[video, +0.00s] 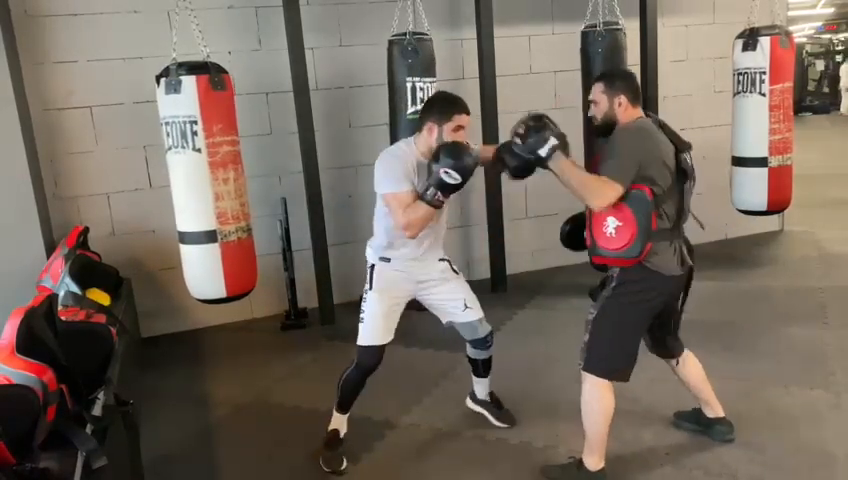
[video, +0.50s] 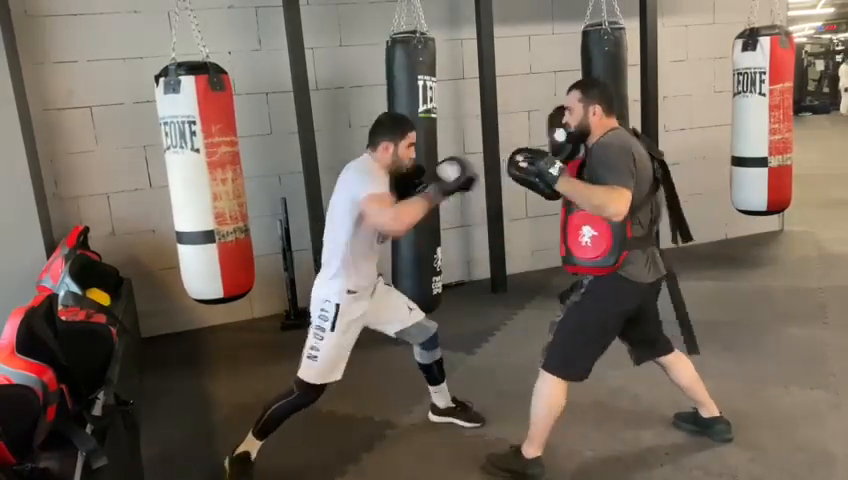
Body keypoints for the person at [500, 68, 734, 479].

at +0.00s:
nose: (591, 110)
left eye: (596, 102)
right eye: (591, 102)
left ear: (620, 101)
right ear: (628, 103)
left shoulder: (630, 137)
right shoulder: (655, 132)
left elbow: (601, 197)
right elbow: (651, 201)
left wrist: (552, 155)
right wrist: (596, 222)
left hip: (642, 272)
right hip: (674, 265)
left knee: (596, 366)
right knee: (669, 344)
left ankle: (592, 464)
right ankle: (715, 415)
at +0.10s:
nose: (597, 113)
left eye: (601, 104)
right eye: (596, 105)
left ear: (628, 102)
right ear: (635, 104)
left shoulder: (641, 139)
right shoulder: (662, 133)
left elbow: (643, 197)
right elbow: (649, 204)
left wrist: (580, 187)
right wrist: (594, 205)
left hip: (642, 271)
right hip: (676, 266)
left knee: (592, 362)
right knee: (670, 343)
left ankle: (591, 460)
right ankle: (715, 416)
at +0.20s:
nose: (601, 109)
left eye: (607, 100)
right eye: (602, 101)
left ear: (632, 101)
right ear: (640, 103)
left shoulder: (638, 139)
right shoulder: (665, 136)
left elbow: (639, 195)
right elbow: (647, 200)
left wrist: (572, 200)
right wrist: (588, 191)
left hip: (637, 270)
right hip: (675, 267)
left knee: (590, 364)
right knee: (673, 349)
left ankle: (589, 461)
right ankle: (716, 416)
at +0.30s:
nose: (597, 108)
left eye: (602, 100)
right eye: (597, 100)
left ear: (627, 100)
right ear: (634, 102)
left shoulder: (632, 138)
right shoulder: (659, 134)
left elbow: (628, 190)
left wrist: (561, 175)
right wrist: (592, 169)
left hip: (635, 266)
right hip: (668, 262)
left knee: (572, 353)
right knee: (671, 344)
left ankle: (581, 454)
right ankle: (715, 416)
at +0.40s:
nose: (584, 113)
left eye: (588, 105)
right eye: (583, 106)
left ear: (614, 104)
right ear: (622, 105)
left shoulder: (621, 139)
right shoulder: (647, 135)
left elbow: (618, 189)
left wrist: (552, 176)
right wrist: (588, 159)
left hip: (626, 268)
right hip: (660, 265)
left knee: (567, 354)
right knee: (667, 344)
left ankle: (547, 453)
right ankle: (713, 415)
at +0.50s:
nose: (567, 119)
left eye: (571, 110)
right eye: (566, 111)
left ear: (595, 110)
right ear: (603, 112)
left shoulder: (609, 148)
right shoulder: (629, 144)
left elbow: (616, 204)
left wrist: (556, 178)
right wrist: (569, 158)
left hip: (615, 278)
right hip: (644, 274)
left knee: (557, 364)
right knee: (660, 348)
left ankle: (529, 454)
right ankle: (712, 415)